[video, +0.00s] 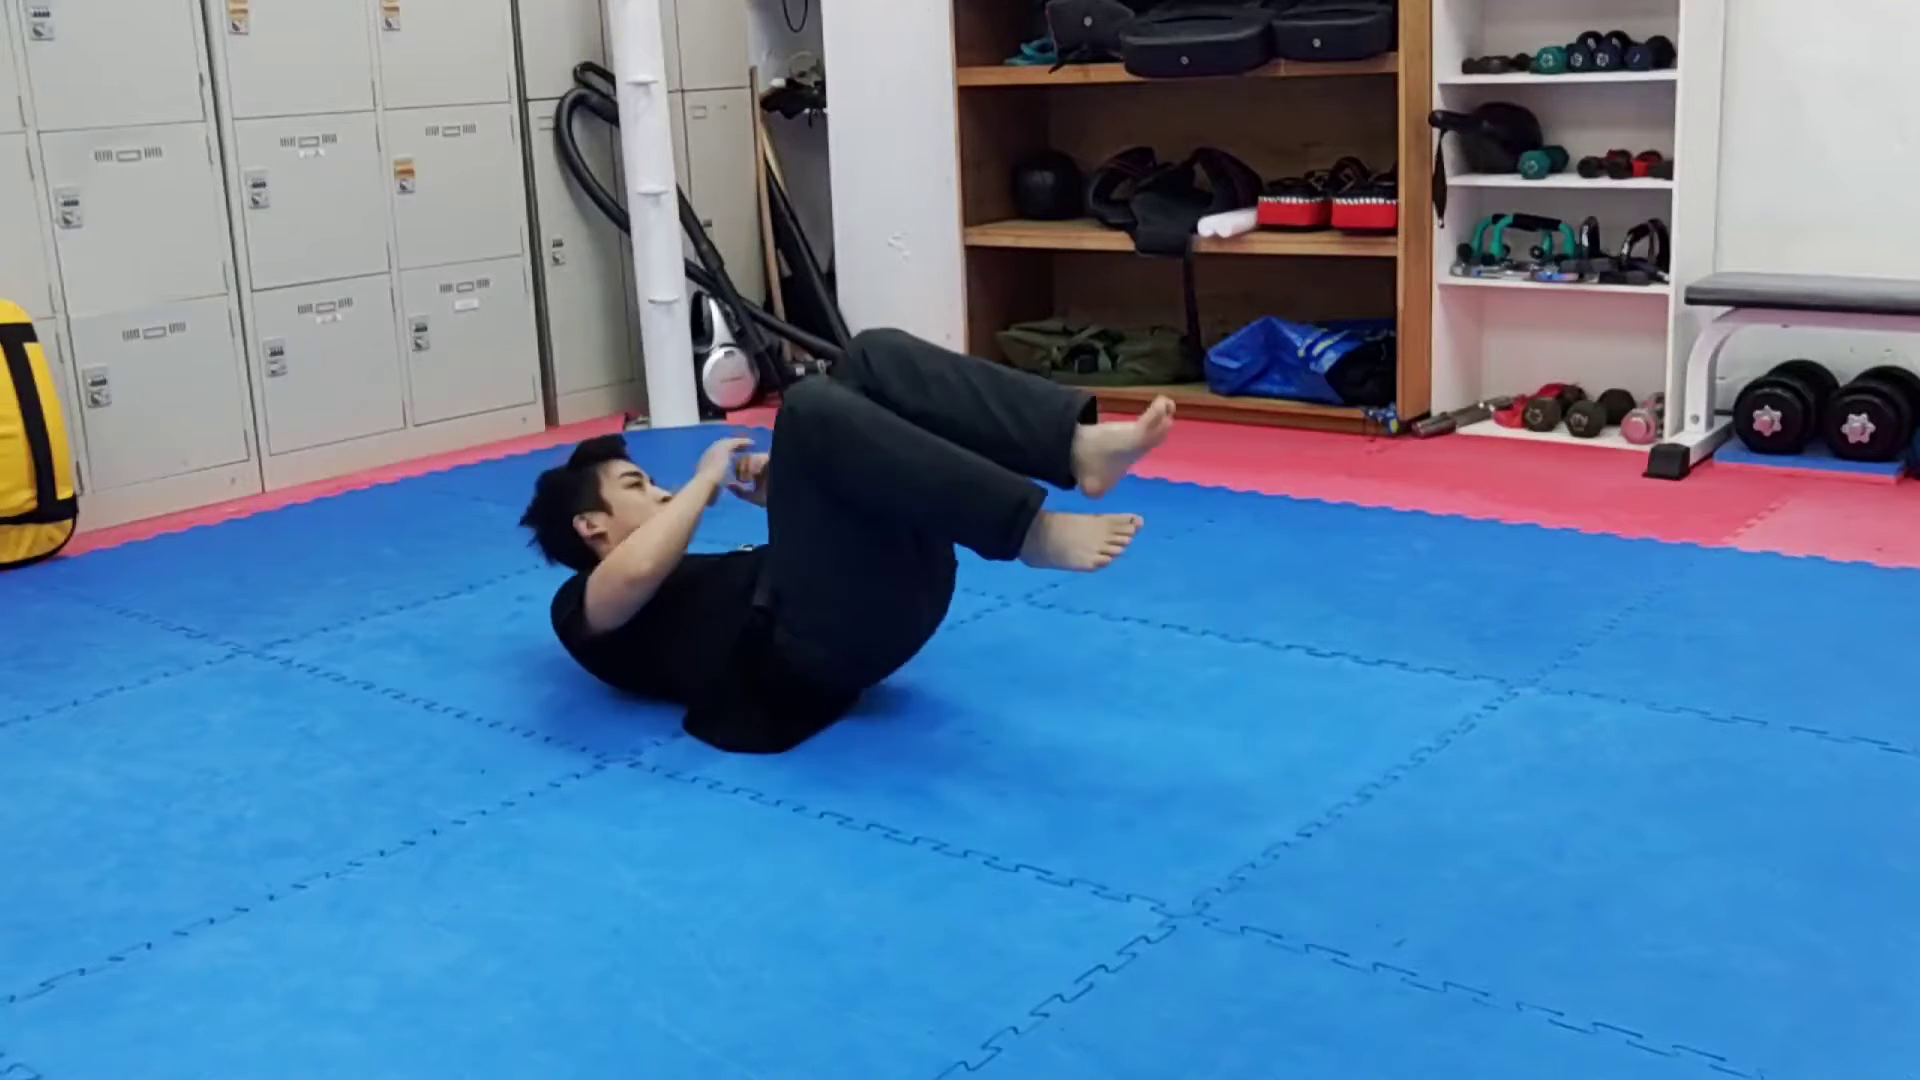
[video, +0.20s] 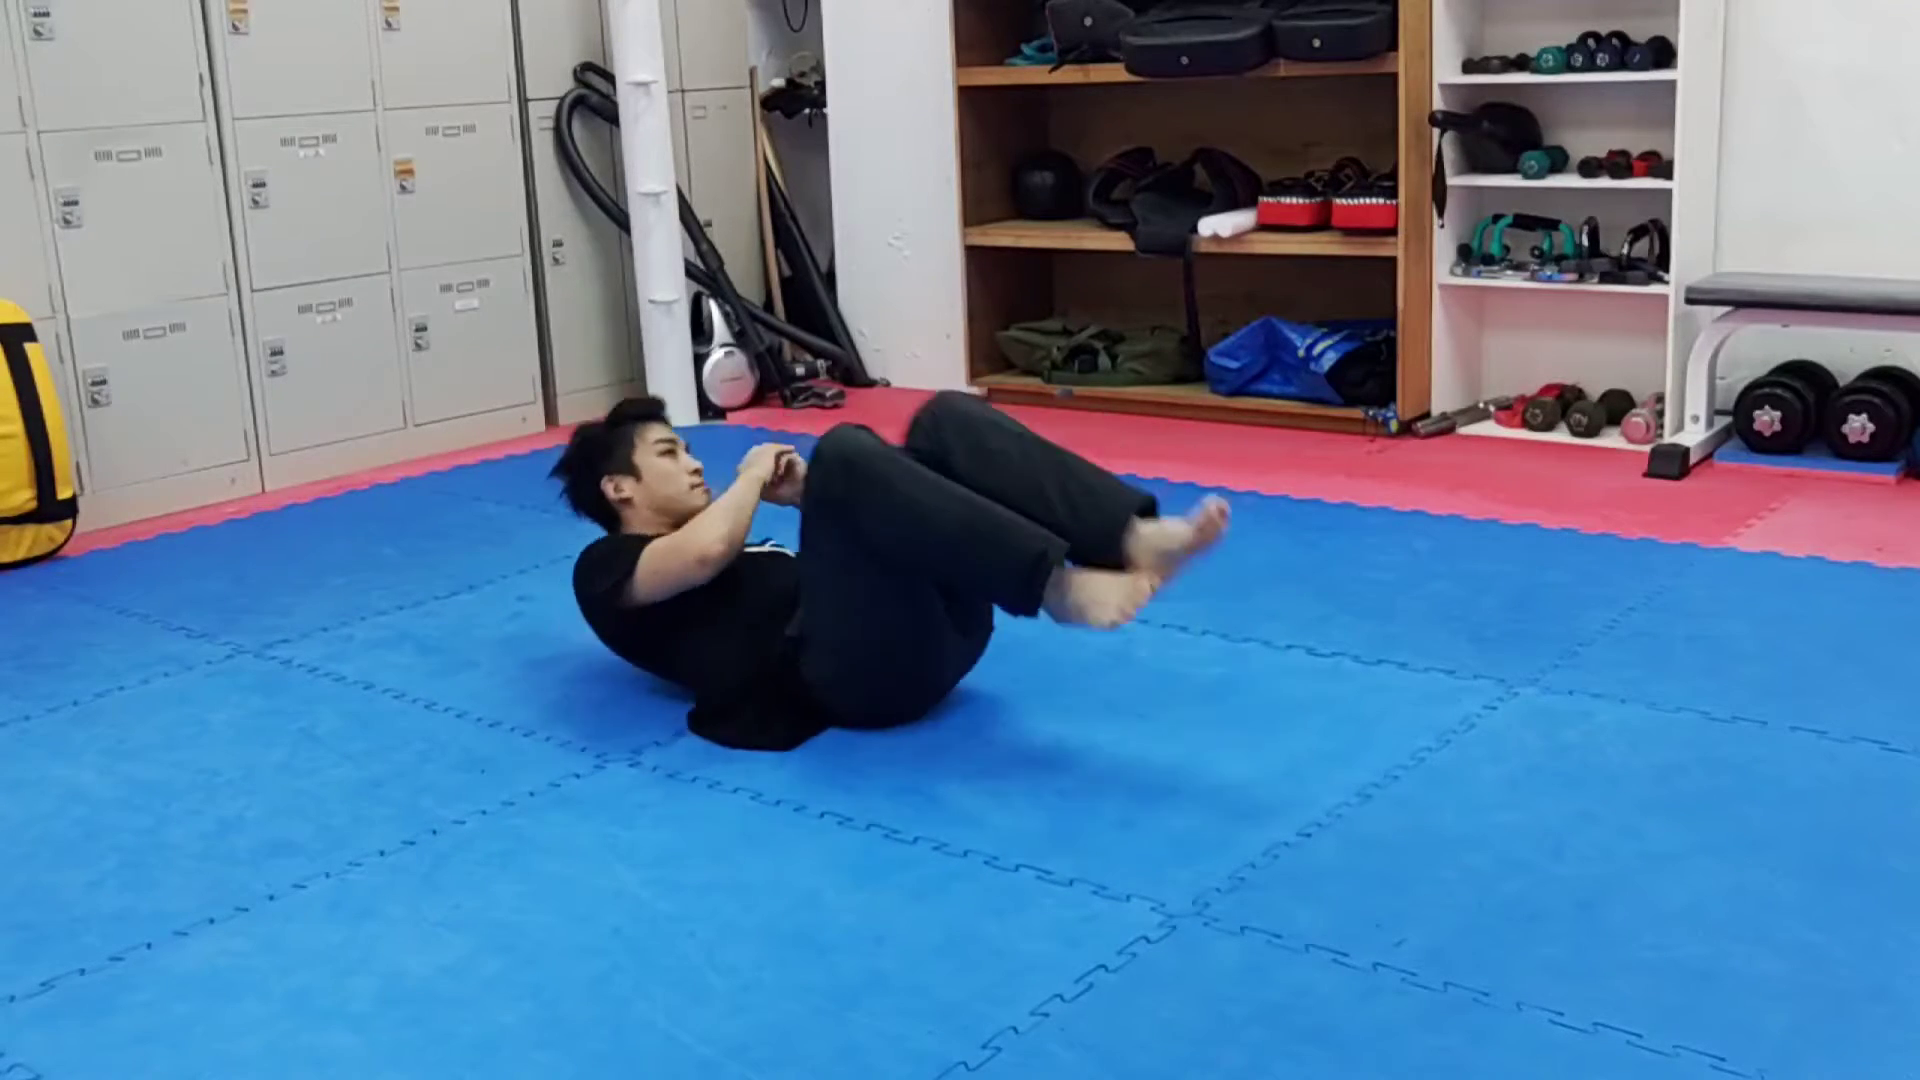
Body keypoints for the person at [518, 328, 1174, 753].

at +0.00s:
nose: (659, 492)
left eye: (652, 484)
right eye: (635, 487)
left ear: (651, 503)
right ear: (587, 527)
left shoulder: (693, 573)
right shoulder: (576, 611)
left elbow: (816, 537)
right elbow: (634, 574)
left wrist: (776, 494)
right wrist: (704, 482)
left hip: (878, 601)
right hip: (818, 642)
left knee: (870, 358)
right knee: (811, 411)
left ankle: (1076, 449)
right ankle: (1027, 529)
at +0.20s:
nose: (692, 464)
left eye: (685, 451)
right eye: (668, 454)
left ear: (681, 478)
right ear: (620, 492)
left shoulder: (720, 546)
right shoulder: (601, 572)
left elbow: (853, 561)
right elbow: (699, 555)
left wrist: (810, 494)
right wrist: (748, 486)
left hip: (925, 637)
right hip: (858, 678)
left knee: (943, 418)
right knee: (844, 455)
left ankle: (1130, 535)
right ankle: (1059, 584)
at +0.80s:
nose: (673, 490)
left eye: (670, 469)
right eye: (643, 494)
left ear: (690, 468)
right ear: (621, 535)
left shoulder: (778, 505)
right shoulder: (656, 611)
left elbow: (886, 484)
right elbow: (681, 640)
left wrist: (765, 447)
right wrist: (692, 502)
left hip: (956, 602)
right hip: (885, 640)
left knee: (1000, 398)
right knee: (944, 397)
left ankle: (1191, 471)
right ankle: (1093, 560)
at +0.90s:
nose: (668, 483)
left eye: (666, 466)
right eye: (640, 485)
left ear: (681, 472)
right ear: (614, 533)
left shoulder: (770, 523)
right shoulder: (648, 606)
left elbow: (880, 496)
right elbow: (670, 594)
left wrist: (781, 444)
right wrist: (701, 472)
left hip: (942, 592)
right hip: (871, 631)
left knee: (983, 360)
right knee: (915, 381)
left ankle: (1154, 463)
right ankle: (1085, 534)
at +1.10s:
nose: (718, 469)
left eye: (713, 457)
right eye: (692, 465)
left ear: (719, 470)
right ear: (648, 508)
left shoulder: (767, 537)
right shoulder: (662, 586)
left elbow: (897, 534)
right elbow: (743, 537)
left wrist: (843, 474)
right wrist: (784, 454)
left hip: (954, 593)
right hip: (901, 629)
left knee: (998, 373)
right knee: (929, 413)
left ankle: (1165, 500)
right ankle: (1119, 546)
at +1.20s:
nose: (747, 443)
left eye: (743, 430)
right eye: (722, 437)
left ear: (751, 445)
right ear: (677, 477)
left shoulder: (788, 520)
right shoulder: (676, 551)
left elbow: (914, 546)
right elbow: (776, 529)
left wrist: (866, 477)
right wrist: (812, 458)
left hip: (983, 618)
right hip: (918, 645)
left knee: (1045, 406)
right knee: (971, 425)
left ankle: (1204, 549)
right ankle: (1143, 587)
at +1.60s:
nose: (797, 406)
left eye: (797, 382)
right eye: (768, 410)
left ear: (814, 370)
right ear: (738, 441)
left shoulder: (881, 426)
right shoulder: (759, 523)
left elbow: (990, 462)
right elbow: (781, 610)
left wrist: (882, 431)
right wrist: (820, 469)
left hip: (1041, 604)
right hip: (959, 628)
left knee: (1178, 455)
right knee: (1089, 429)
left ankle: (1299, 604)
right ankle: (1204, 629)